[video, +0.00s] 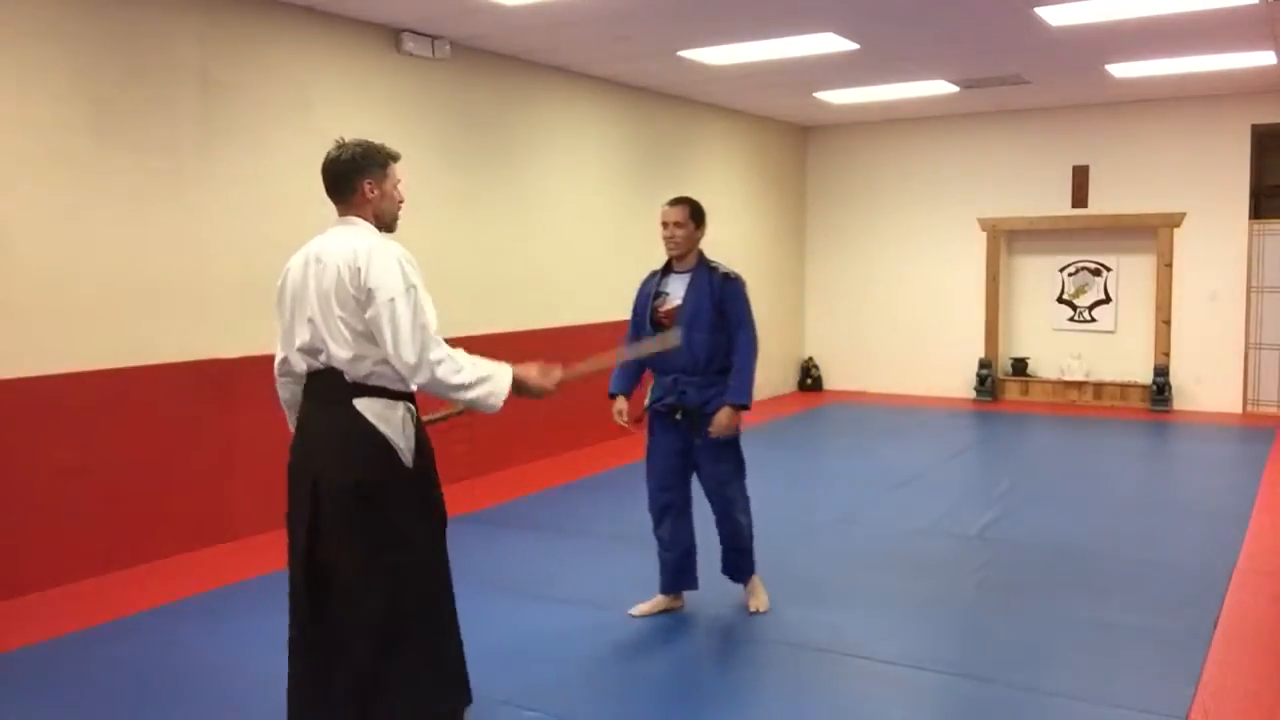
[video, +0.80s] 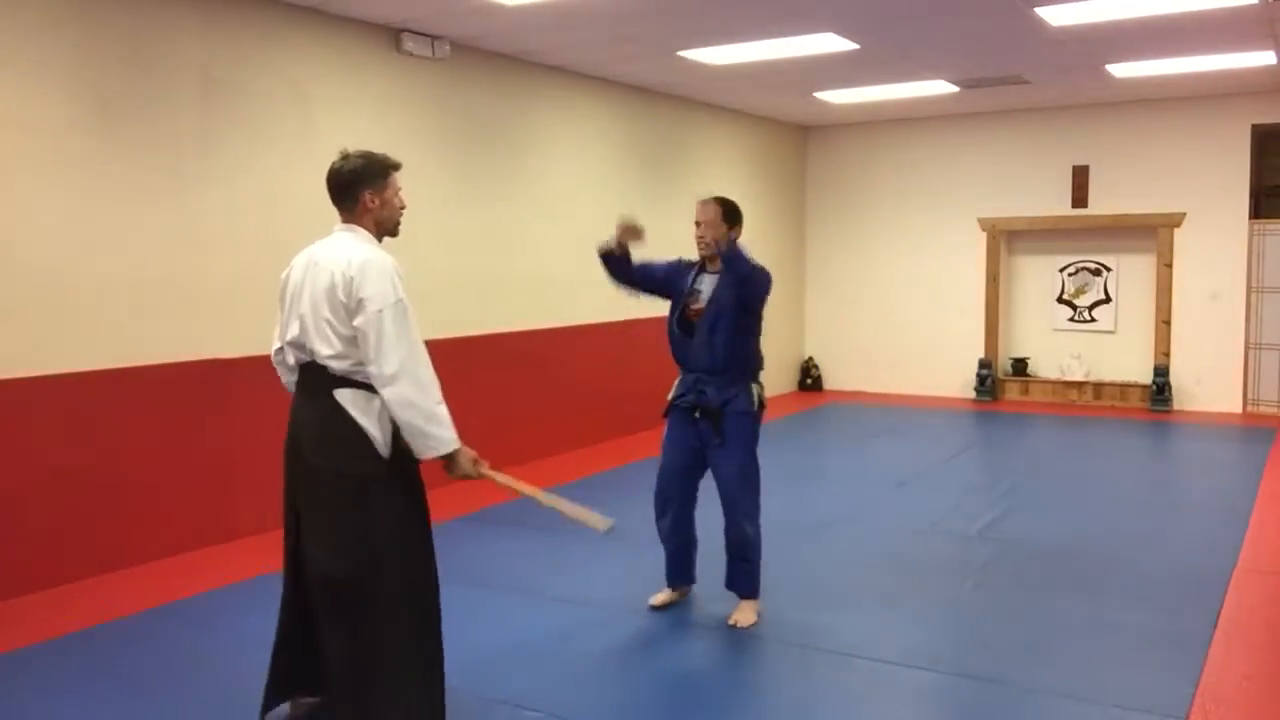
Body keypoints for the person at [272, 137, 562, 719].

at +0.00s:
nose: (402, 194)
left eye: (399, 183)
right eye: (395, 184)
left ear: (348, 194)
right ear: (368, 190)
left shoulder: (299, 264)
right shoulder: (380, 256)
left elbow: (289, 371)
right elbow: (421, 357)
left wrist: (312, 432)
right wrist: (511, 377)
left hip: (316, 433)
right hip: (377, 431)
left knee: (326, 589)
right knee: (402, 584)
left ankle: (329, 709)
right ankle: (414, 706)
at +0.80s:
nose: (404, 202)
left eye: (401, 192)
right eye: (395, 193)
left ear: (353, 202)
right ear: (369, 200)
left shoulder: (304, 262)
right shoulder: (373, 265)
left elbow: (286, 354)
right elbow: (400, 368)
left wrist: (321, 400)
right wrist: (451, 446)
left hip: (309, 426)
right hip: (361, 429)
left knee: (322, 567)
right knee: (389, 568)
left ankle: (316, 693)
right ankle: (391, 700)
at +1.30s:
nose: (385, 201)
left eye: (383, 190)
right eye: (379, 191)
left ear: (334, 200)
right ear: (354, 199)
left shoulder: (297, 257)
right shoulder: (349, 266)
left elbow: (290, 344)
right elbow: (369, 369)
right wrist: (408, 444)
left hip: (302, 418)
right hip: (345, 427)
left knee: (310, 555)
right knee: (360, 562)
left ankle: (303, 689)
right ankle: (352, 698)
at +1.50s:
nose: (384, 198)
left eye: (380, 187)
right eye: (376, 189)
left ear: (334, 200)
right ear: (351, 199)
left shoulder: (297, 256)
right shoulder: (348, 266)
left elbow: (290, 343)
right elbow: (371, 368)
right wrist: (406, 450)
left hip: (303, 418)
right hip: (347, 426)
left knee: (309, 560)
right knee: (363, 565)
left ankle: (305, 696)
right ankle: (358, 703)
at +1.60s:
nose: (385, 198)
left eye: (381, 188)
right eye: (377, 189)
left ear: (334, 200)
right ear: (352, 199)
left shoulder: (299, 256)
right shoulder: (351, 266)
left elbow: (289, 342)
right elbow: (371, 370)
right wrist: (405, 454)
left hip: (303, 418)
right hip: (346, 425)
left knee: (310, 559)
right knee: (364, 563)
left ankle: (307, 697)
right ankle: (360, 702)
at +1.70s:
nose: (387, 202)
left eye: (384, 191)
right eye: (380, 193)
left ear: (335, 203)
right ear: (356, 202)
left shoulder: (298, 259)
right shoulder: (357, 269)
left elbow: (287, 347)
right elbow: (377, 373)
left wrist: (327, 391)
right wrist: (408, 457)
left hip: (302, 419)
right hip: (348, 425)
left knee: (309, 558)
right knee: (368, 560)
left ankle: (307, 695)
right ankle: (364, 698)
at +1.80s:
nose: (390, 210)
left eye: (387, 199)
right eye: (383, 201)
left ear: (340, 211)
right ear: (361, 209)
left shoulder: (296, 266)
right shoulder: (364, 275)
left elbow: (286, 355)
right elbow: (386, 374)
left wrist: (325, 392)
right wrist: (432, 445)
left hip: (301, 422)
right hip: (353, 428)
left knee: (314, 558)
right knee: (404, 554)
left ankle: (309, 697)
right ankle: (377, 695)